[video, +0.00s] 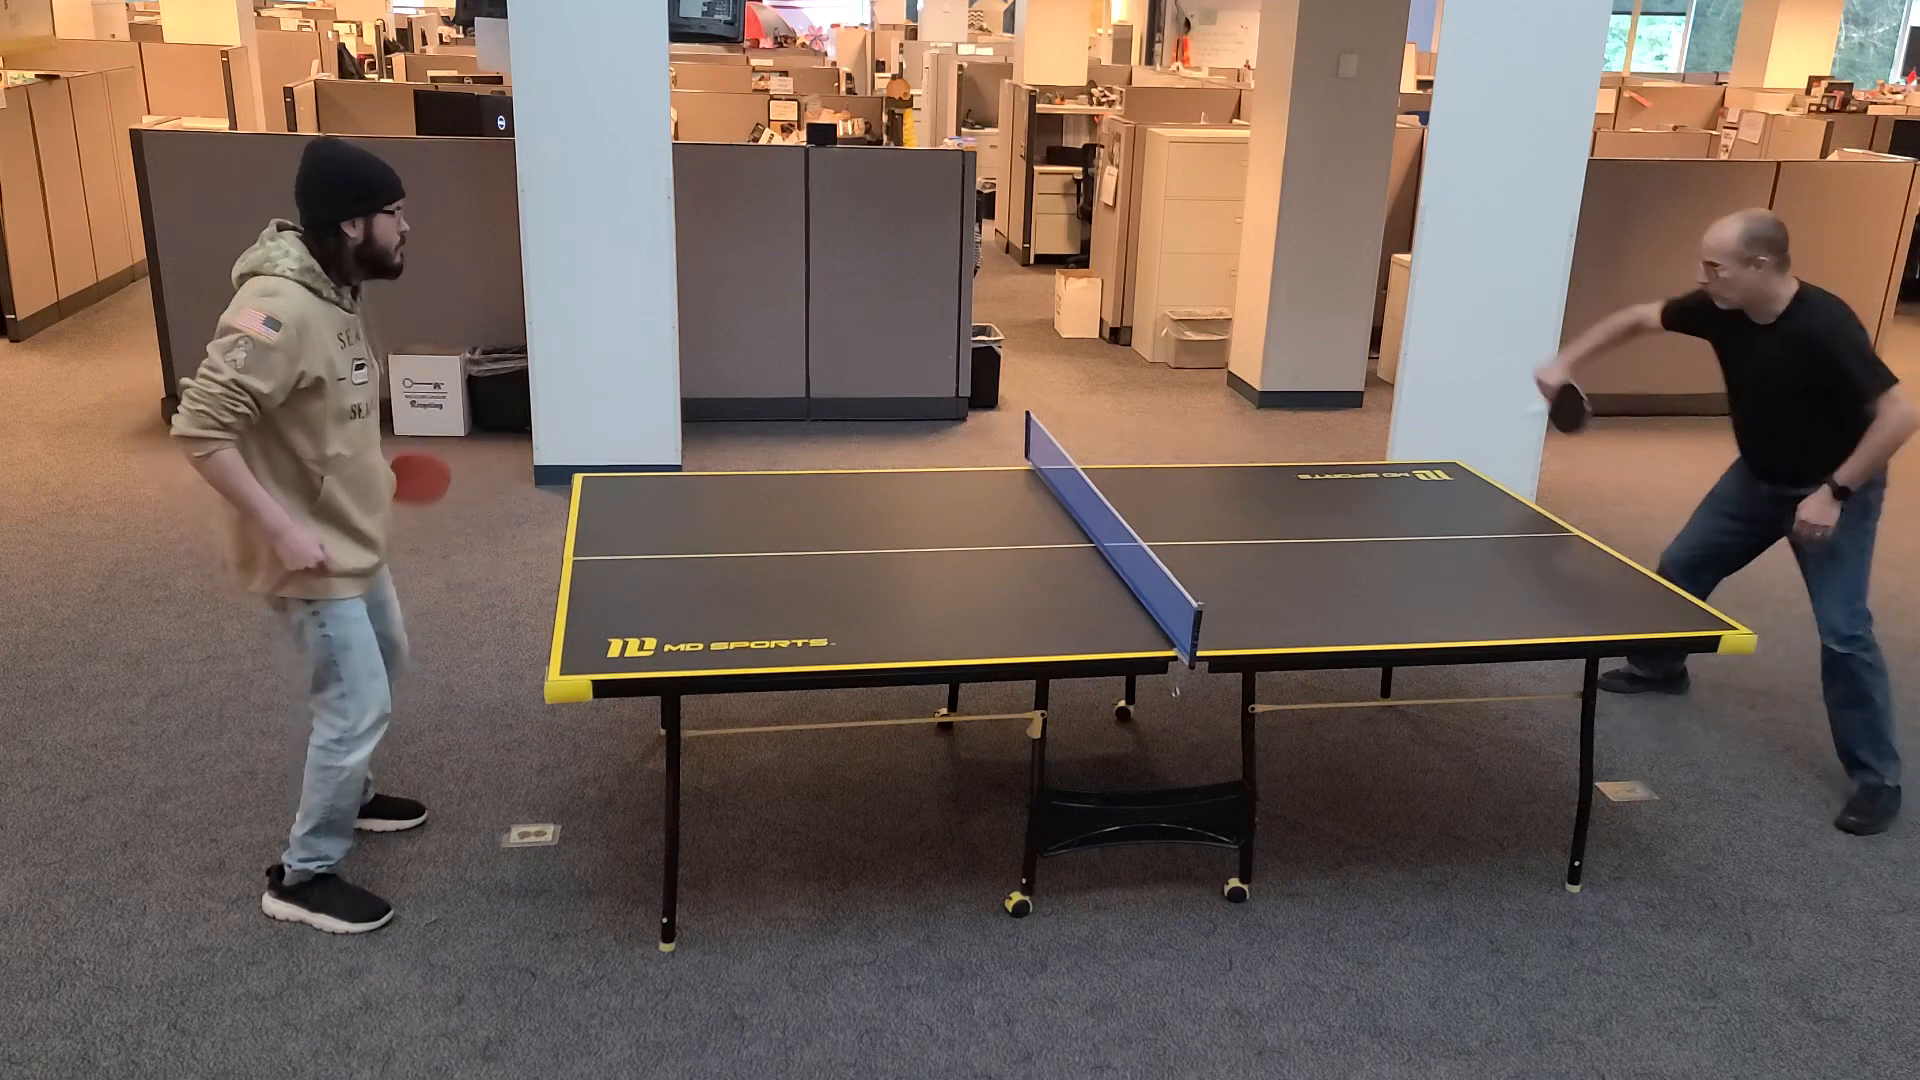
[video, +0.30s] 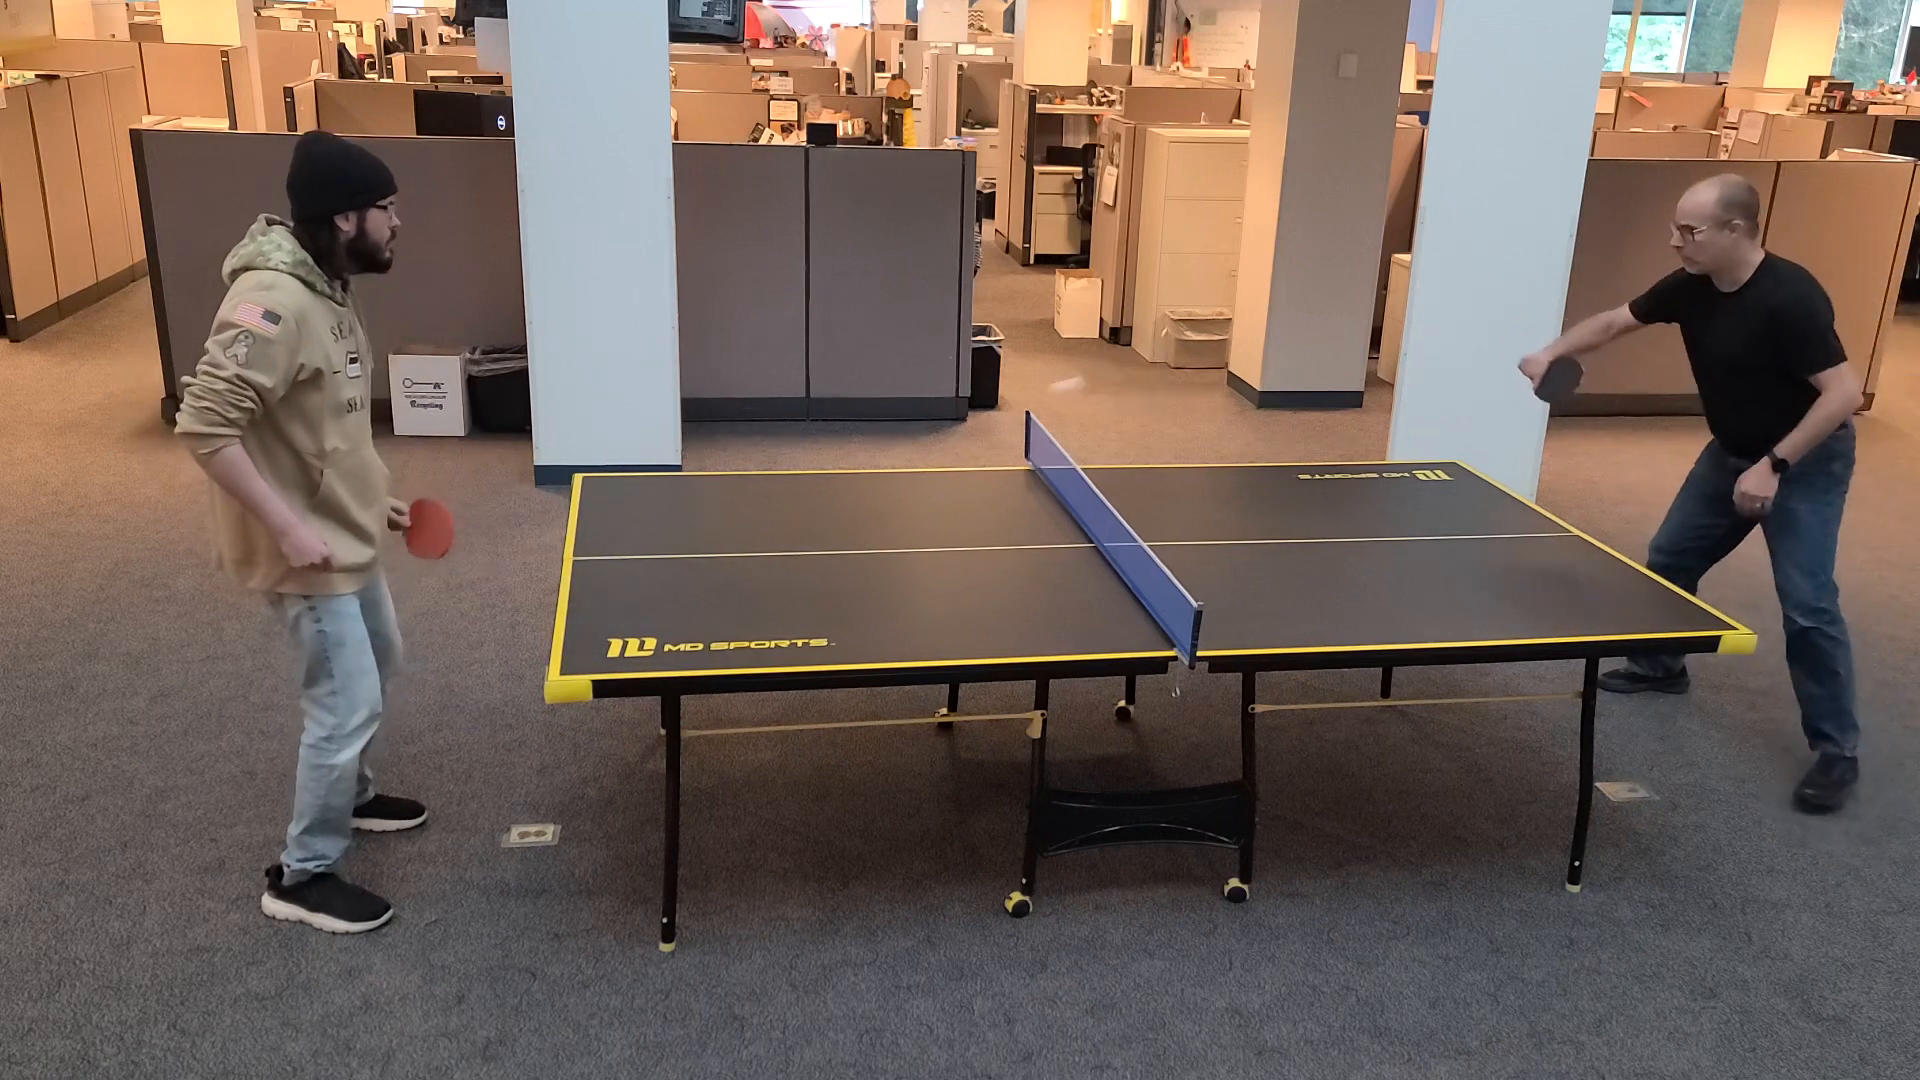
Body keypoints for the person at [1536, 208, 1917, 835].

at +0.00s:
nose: (1704, 277)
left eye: (1716, 267)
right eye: (1703, 265)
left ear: (1763, 267)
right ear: (1748, 266)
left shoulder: (1825, 323)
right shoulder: (1719, 311)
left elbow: (1901, 412)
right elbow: (1637, 319)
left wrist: (1834, 490)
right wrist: (1563, 361)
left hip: (1838, 491)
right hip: (1761, 477)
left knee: (1844, 632)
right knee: (1679, 567)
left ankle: (1876, 777)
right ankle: (1660, 665)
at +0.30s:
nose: (1677, 239)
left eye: (1689, 229)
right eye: (1676, 227)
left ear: (1735, 232)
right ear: (1707, 231)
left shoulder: (1792, 296)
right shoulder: (1688, 287)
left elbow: (1844, 393)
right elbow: (1615, 322)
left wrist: (1775, 463)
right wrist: (1548, 352)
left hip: (1807, 459)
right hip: (1734, 453)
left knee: (1808, 607)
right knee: (1667, 559)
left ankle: (1836, 749)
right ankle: (1659, 663)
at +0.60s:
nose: (1701, 262)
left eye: (1714, 251)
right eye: (1701, 250)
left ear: (1764, 254)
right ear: (1749, 255)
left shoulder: (1823, 319)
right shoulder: (1731, 316)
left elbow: (1874, 422)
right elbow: (1705, 389)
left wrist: (1787, 481)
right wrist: (1666, 428)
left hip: (1837, 486)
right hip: (1762, 475)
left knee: (1812, 636)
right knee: (1693, 572)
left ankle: (1851, 775)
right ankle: (1662, 667)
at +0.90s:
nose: (1741, 266)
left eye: (1755, 255)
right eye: (1740, 254)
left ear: (1807, 257)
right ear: (1792, 259)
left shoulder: (1872, 321)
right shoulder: (1777, 320)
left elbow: (1919, 423)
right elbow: (1767, 400)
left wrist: (1852, 491)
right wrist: (1740, 453)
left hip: (1894, 500)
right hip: (1823, 493)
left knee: (1854, 646)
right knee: (1773, 615)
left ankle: (1902, 793)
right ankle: (1805, 741)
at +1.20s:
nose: (1802, 311)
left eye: (1818, 300)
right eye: (1801, 297)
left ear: (1875, 301)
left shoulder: (1914, 370)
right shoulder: (1828, 363)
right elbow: (1801, 452)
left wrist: (1899, 559)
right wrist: (1773, 512)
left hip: (1914, 569)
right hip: (1846, 549)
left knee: (1871, 715)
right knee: (1776, 651)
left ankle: (1908, 871)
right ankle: (1796, 748)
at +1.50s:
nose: (1827, 354)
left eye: (1844, 345)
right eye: (1827, 338)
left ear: (1902, 346)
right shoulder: (1837, 384)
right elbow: (1794, 465)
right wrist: (1757, 516)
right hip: (1870, 547)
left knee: (1896, 726)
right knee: (1792, 648)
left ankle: (1910, 874)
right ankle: (1808, 742)